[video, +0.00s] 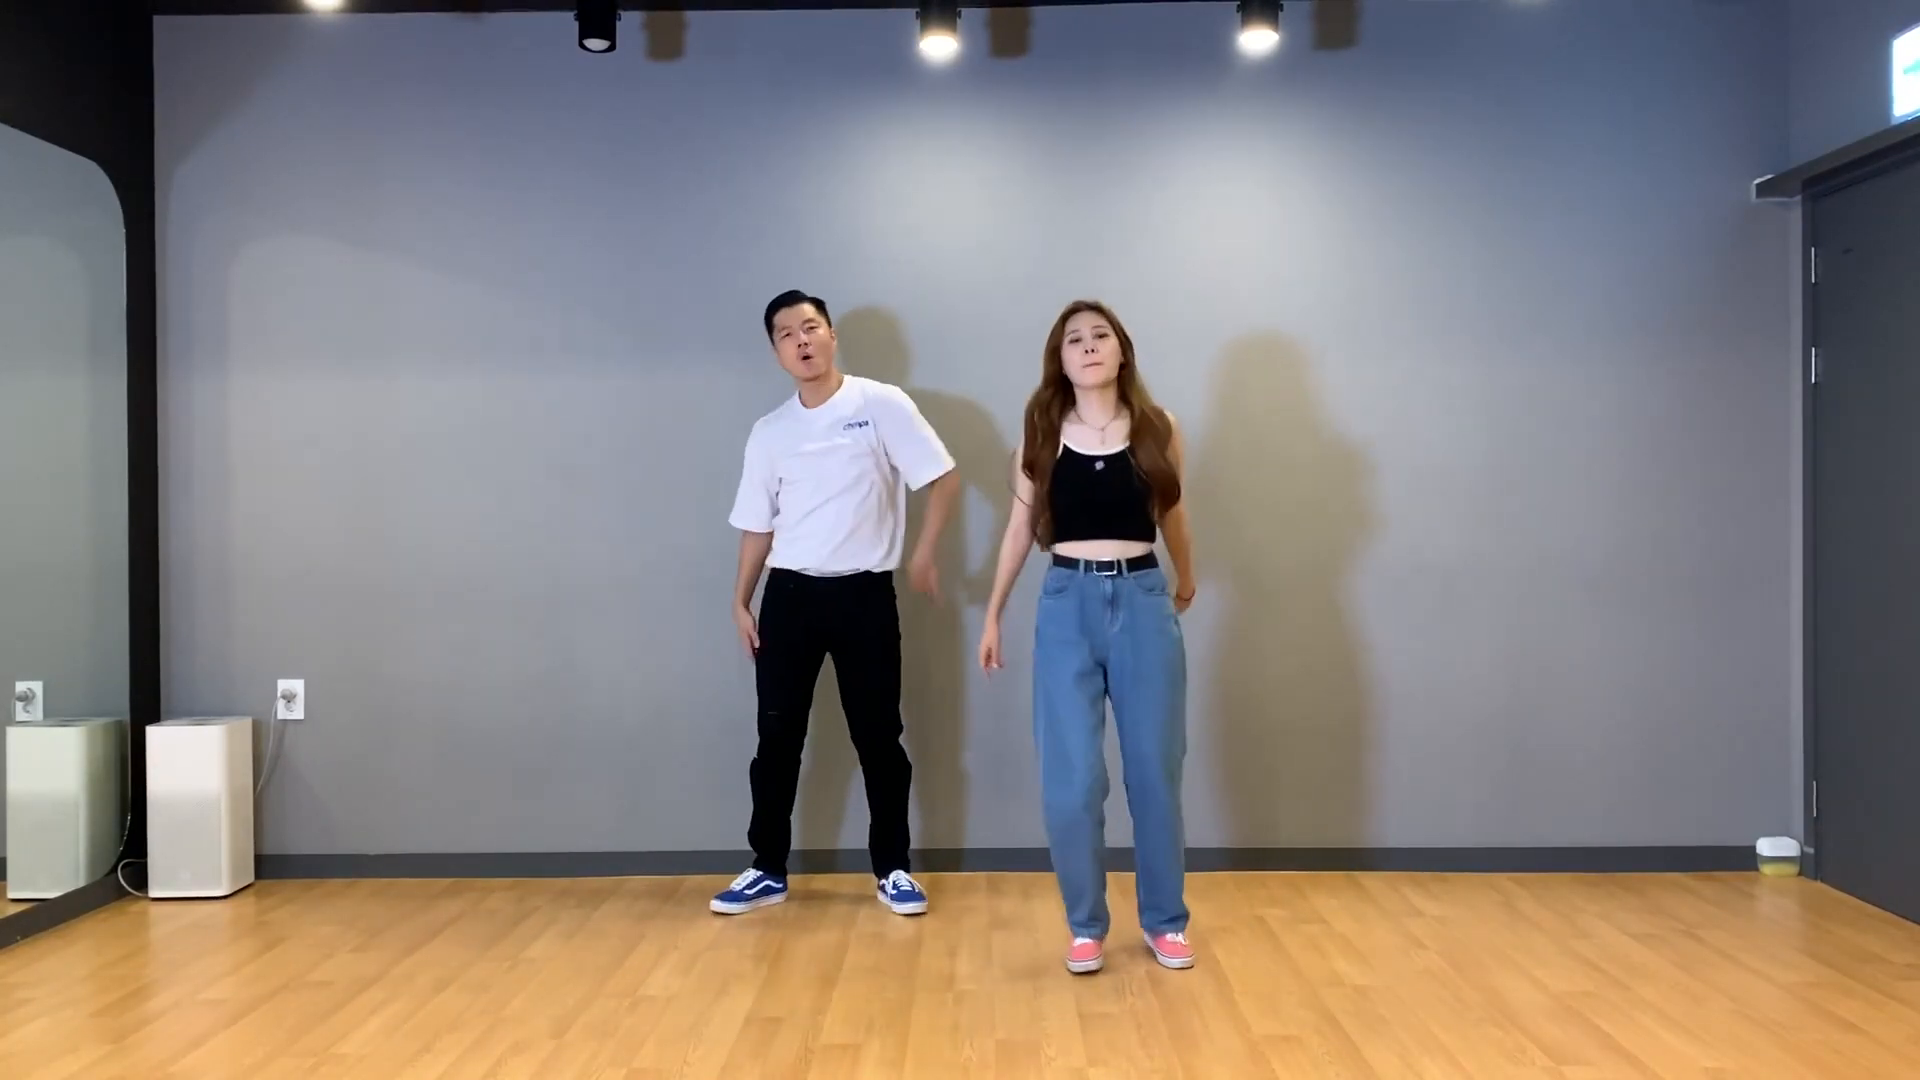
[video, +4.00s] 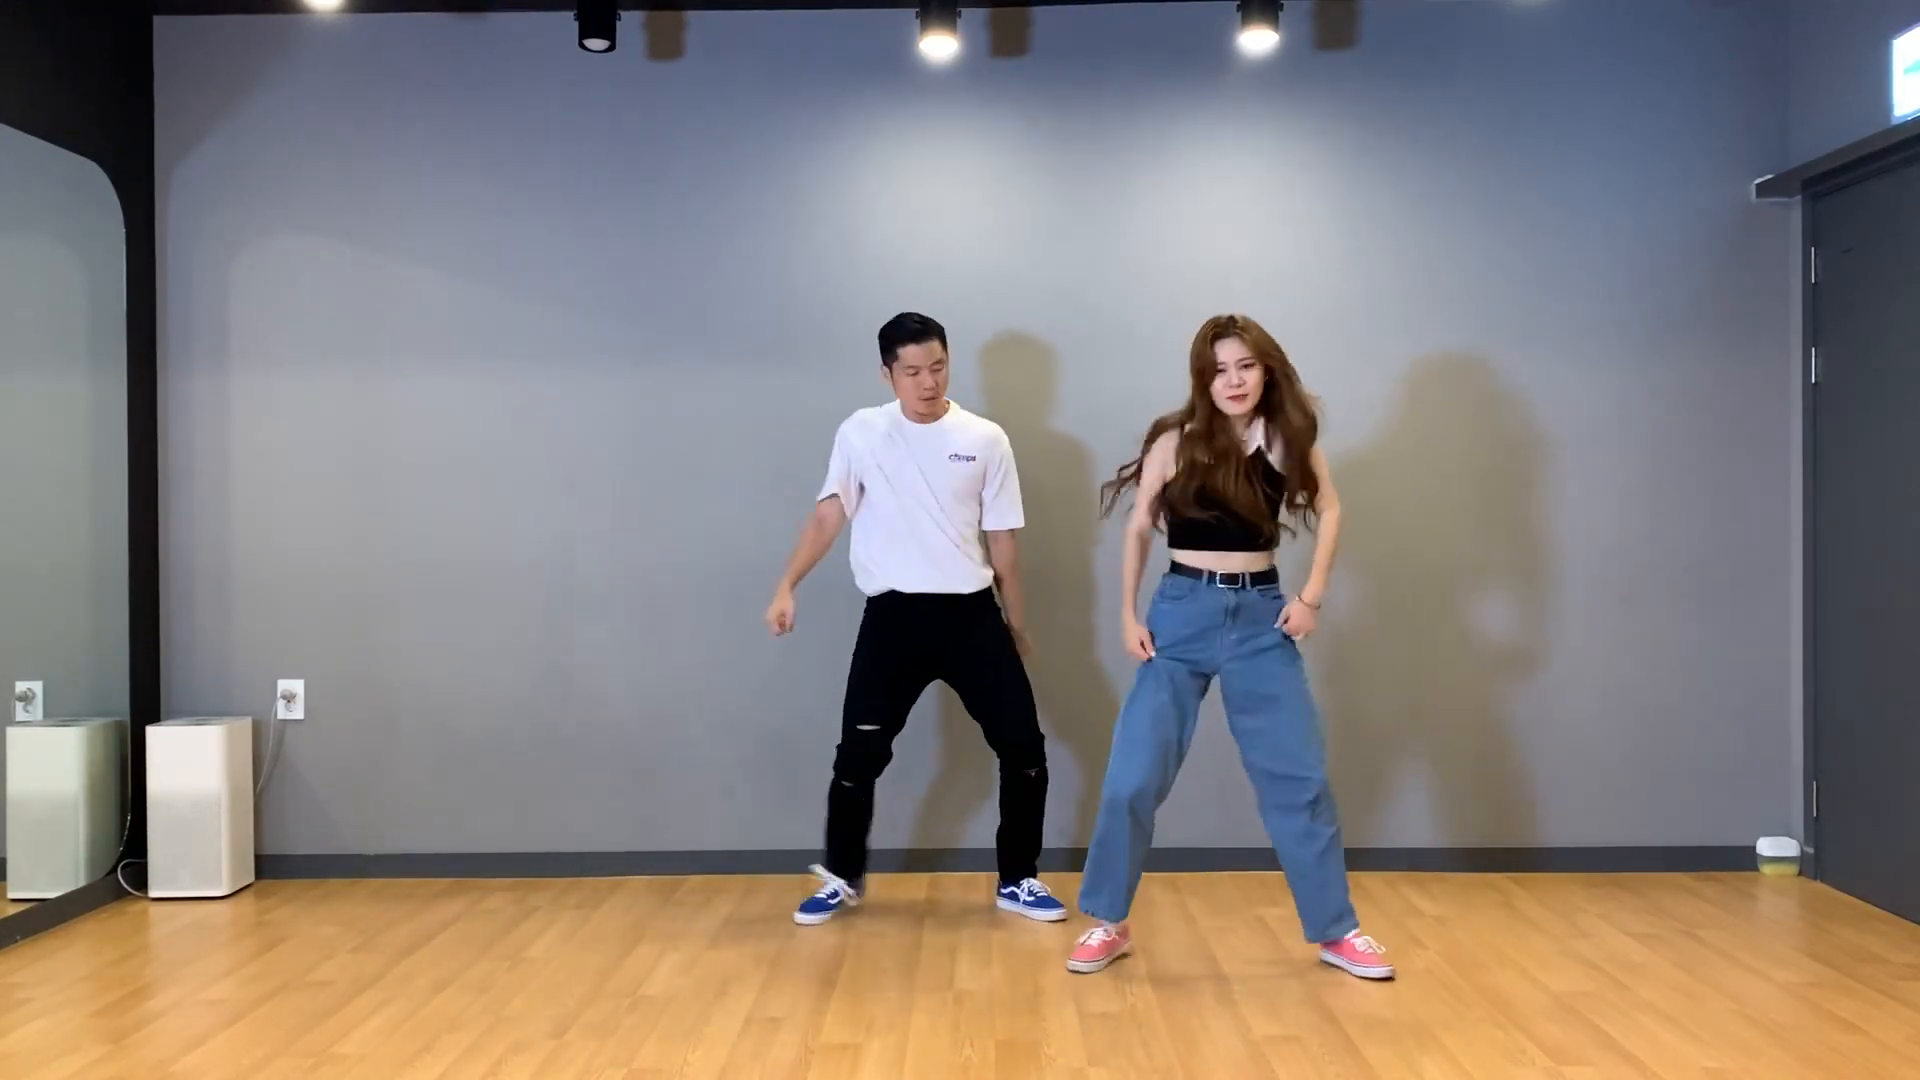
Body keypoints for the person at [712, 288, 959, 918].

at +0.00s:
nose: (802, 339)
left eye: (810, 326)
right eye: (788, 334)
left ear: (833, 335)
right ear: (778, 354)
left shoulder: (880, 402)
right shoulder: (768, 431)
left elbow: (944, 476)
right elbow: (757, 525)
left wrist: (925, 550)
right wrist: (741, 600)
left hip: (865, 595)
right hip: (789, 599)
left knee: (879, 740)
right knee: (776, 741)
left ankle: (894, 870)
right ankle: (767, 871)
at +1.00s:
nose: (722, 340)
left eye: (734, 331)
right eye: (707, 331)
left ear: (751, 344)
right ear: (688, 346)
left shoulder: (771, 398)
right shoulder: (656, 393)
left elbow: (824, 325)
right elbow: (606, 305)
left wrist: (874, 251)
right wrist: (555, 225)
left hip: (744, 601)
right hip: (664, 602)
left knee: (805, 729)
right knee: (618, 738)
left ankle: (787, 861)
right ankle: (576, 873)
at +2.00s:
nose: (844, 377)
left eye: (859, 369)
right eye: (833, 364)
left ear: (871, 383)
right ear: (811, 373)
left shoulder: (902, 454)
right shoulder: (778, 459)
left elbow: (967, 519)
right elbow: (727, 541)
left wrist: (999, 579)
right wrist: (644, 570)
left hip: (903, 621)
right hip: (827, 627)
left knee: (921, 760)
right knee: (833, 762)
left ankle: (866, 831)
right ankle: (863, 884)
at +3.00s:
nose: (925, 396)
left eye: (932, 379)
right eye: (913, 390)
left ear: (958, 372)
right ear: (907, 400)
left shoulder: (998, 441)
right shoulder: (926, 445)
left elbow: (931, 507)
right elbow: (891, 512)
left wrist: (902, 429)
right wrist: (864, 437)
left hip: (968, 622)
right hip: (909, 614)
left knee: (963, 776)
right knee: (845, 739)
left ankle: (1071, 860)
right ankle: (863, 883)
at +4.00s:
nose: (929, 381)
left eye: (937, 366)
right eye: (914, 371)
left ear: (949, 363)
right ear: (889, 373)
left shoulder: (986, 439)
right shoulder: (861, 431)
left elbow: (1002, 540)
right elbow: (828, 513)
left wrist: (1015, 624)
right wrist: (787, 584)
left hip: (972, 616)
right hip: (892, 618)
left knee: (1024, 747)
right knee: (858, 751)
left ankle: (1017, 881)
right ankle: (841, 879)